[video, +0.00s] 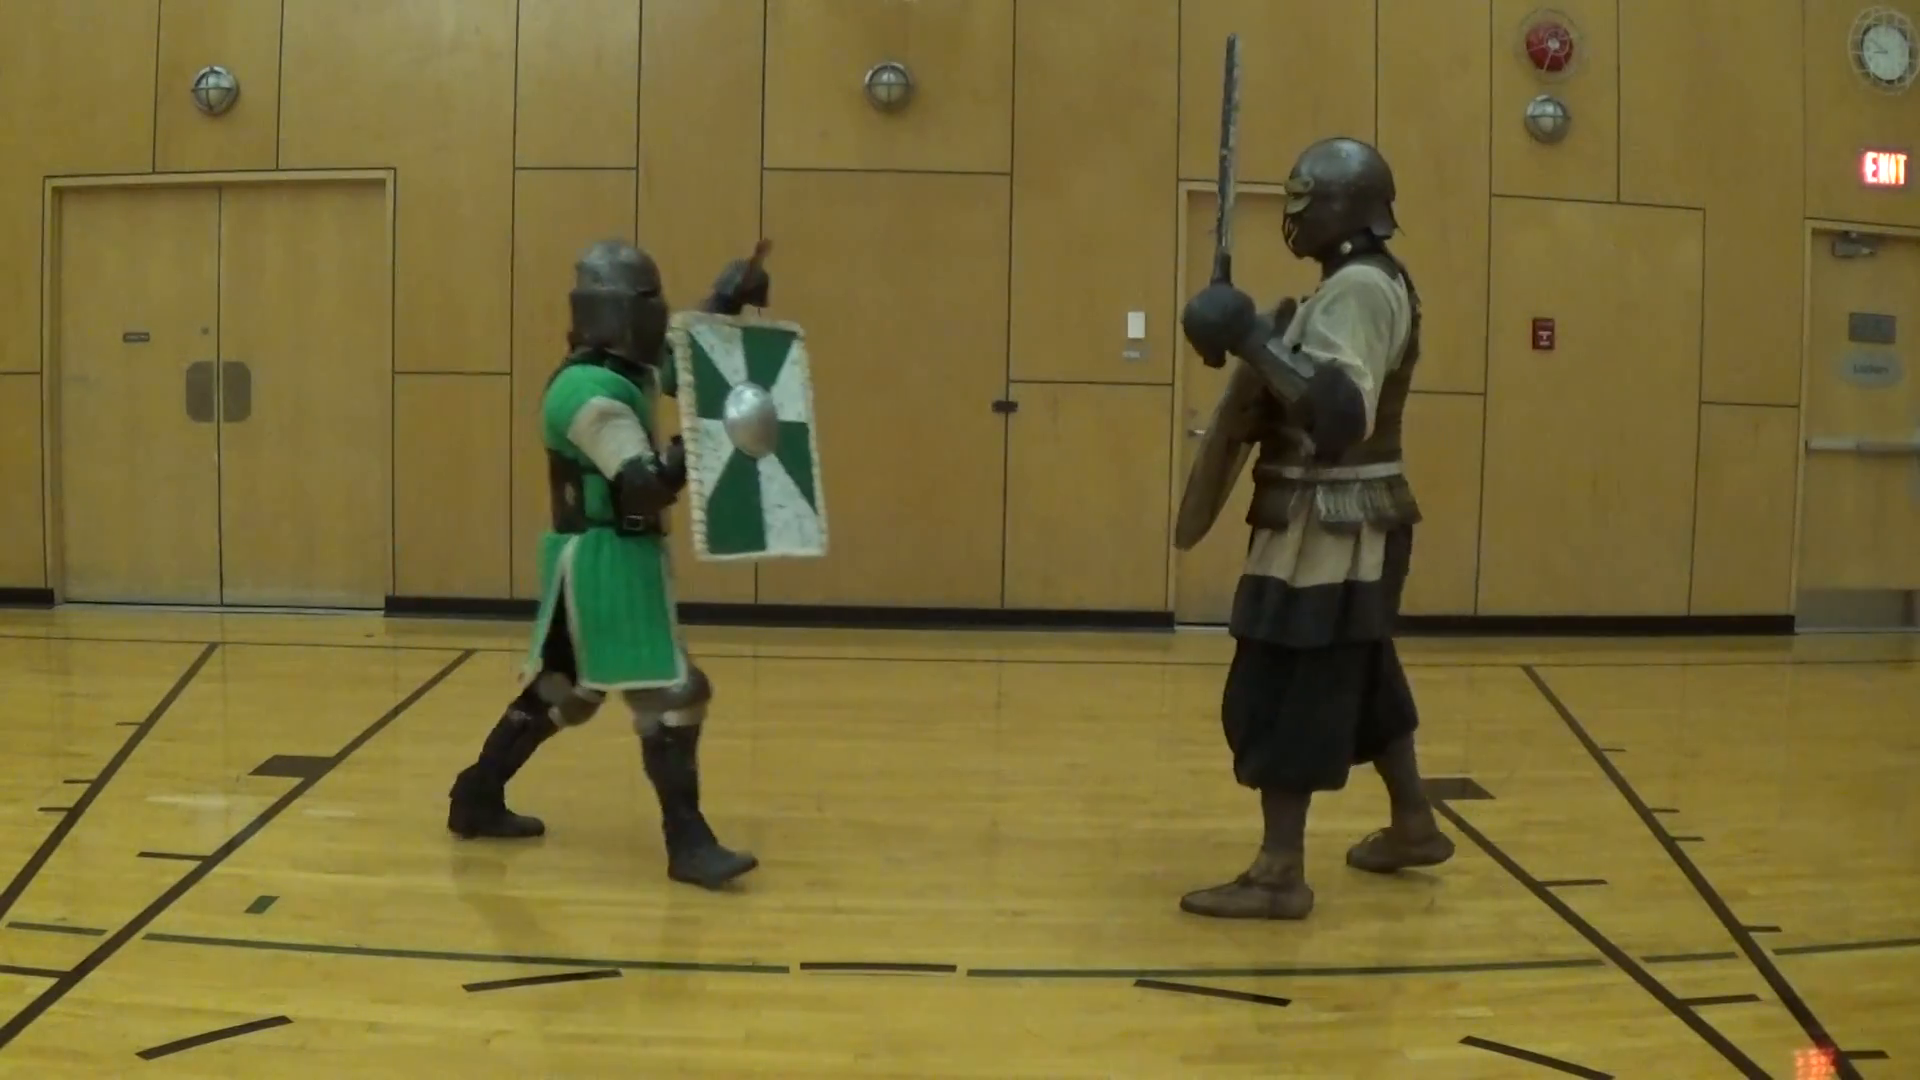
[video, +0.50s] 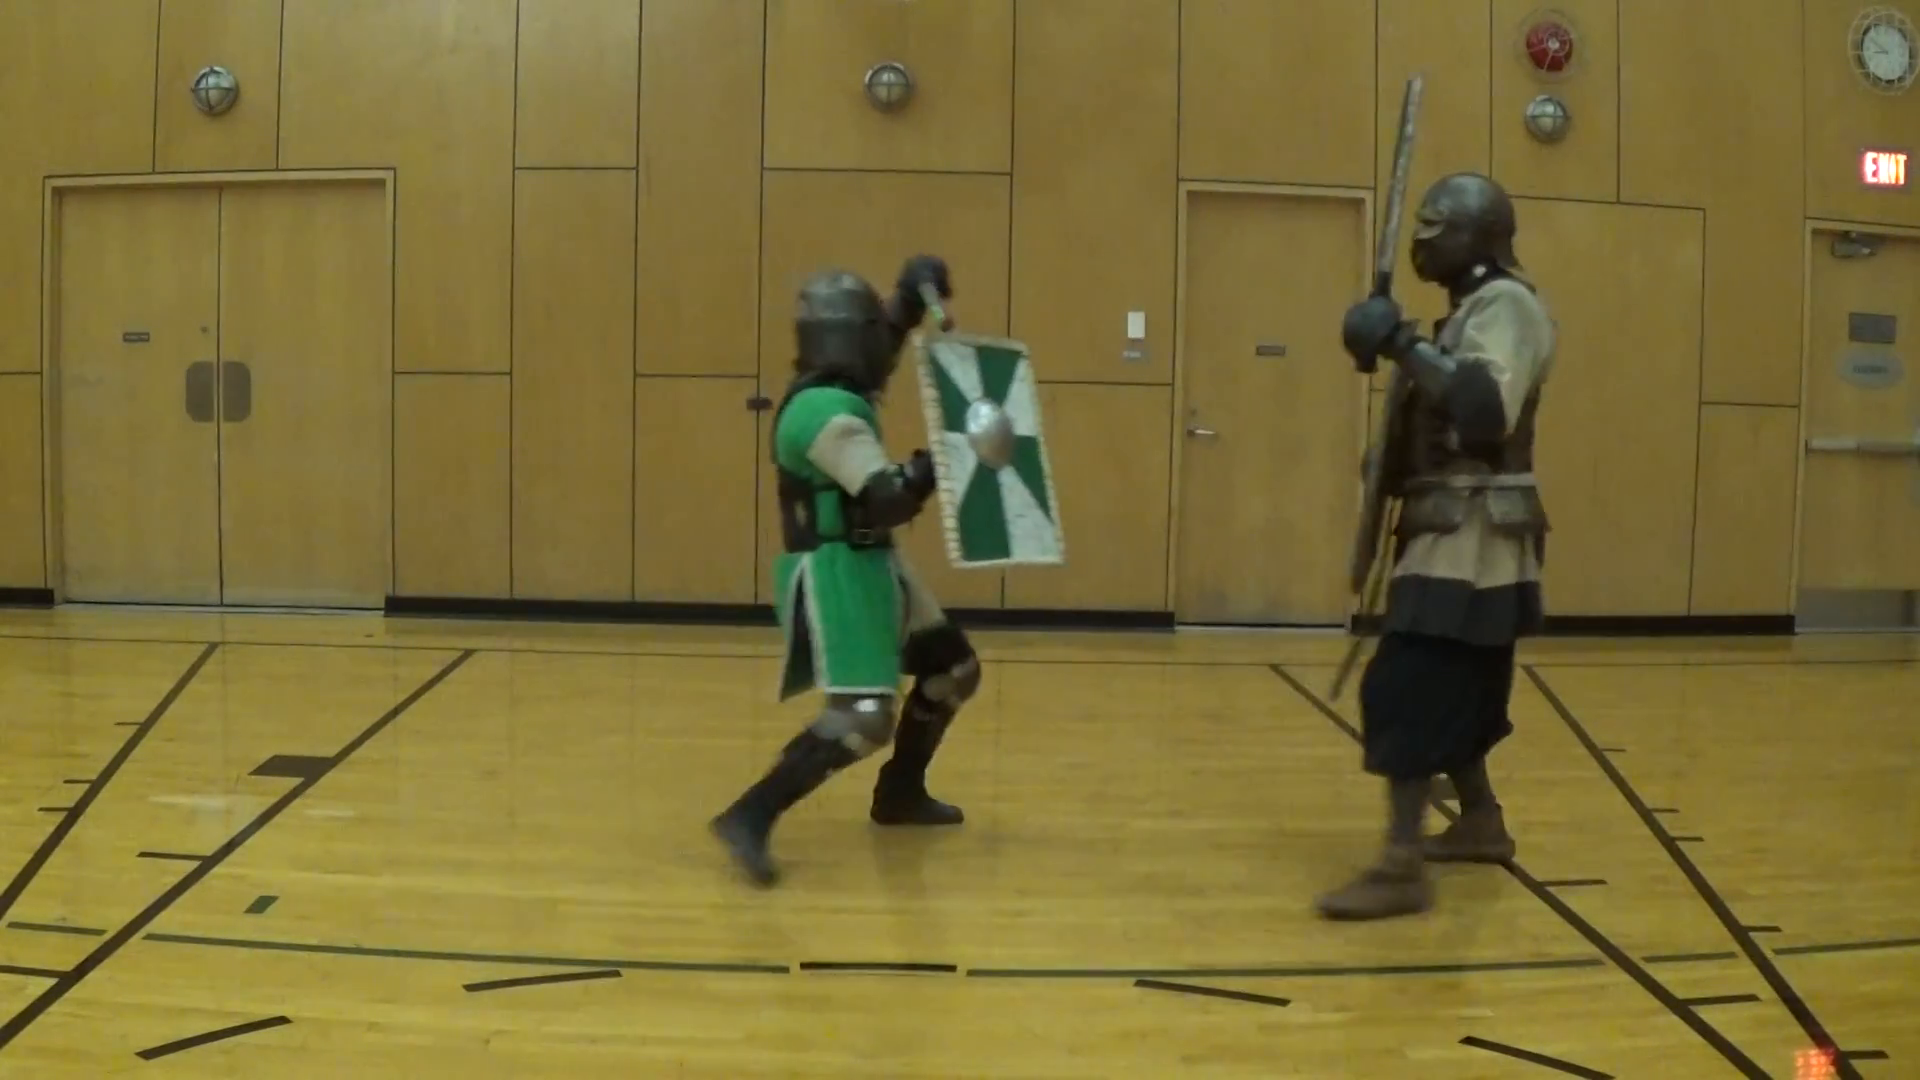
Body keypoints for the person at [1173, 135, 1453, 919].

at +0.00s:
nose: (1287, 211)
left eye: (1302, 197)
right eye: (1290, 196)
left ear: (1349, 209)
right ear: (1356, 210)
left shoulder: (1358, 292)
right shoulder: (1367, 282)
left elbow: (1340, 416)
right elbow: (1317, 387)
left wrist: (1252, 340)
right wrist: (1256, 342)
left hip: (1327, 516)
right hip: (1360, 508)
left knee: (1284, 683)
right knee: (1364, 663)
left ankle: (1280, 871)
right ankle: (1414, 822)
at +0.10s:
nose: (1302, 217)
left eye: (1318, 204)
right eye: (1305, 203)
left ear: (1366, 217)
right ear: (1363, 218)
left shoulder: (1377, 297)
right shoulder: (1369, 288)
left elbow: (1351, 412)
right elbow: (1329, 361)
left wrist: (1267, 339)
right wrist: (1264, 335)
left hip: (1334, 526)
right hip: (1364, 519)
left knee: (1273, 686)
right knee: (1367, 665)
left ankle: (1278, 870)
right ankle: (1436, 816)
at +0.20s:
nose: (1326, 232)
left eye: (1341, 220)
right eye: (1330, 218)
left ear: (1388, 231)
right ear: (1388, 233)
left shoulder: (1402, 307)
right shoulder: (1393, 301)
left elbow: (1364, 413)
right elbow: (1348, 385)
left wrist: (1289, 336)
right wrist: (1289, 336)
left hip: (1352, 532)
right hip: (1374, 526)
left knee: (1272, 687)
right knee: (1371, 671)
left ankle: (1276, 871)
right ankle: (1458, 806)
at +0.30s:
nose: (1357, 244)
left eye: (1372, 231)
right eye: (1360, 229)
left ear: (1418, 242)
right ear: (1415, 245)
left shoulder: (1433, 314)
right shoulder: (1428, 308)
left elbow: (1393, 414)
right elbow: (1380, 385)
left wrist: (1321, 339)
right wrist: (1319, 336)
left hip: (1388, 536)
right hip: (1411, 531)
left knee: (1302, 684)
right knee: (1396, 679)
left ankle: (1278, 871)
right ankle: (1474, 813)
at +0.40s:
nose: (1388, 242)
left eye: (1405, 231)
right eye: (1391, 230)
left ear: (1449, 243)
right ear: (1439, 244)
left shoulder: (1468, 314)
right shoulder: (1439, 314)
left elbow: (1446, 417)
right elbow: (1419, 400)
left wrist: (1369, 345)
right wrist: (1358, 345)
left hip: (1440, 540)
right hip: (1422, 534)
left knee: (1355, 692)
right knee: (1437, 685)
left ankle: (1299, 862)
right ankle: (1481, 823)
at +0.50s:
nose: (1420, 238)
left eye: (1436, 227)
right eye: (1421, 225)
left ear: (1484, 239)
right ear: (1466, 240)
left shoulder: (1504, 308)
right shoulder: (1469, 311)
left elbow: (1480, 404)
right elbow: (1439, 396)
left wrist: (1405, 344)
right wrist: (1391, 344)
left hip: (1471, 543)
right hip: (1454, 538)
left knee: (1401, 687)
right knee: (1449, 681)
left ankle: (1400, 865)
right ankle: (1481, 818)